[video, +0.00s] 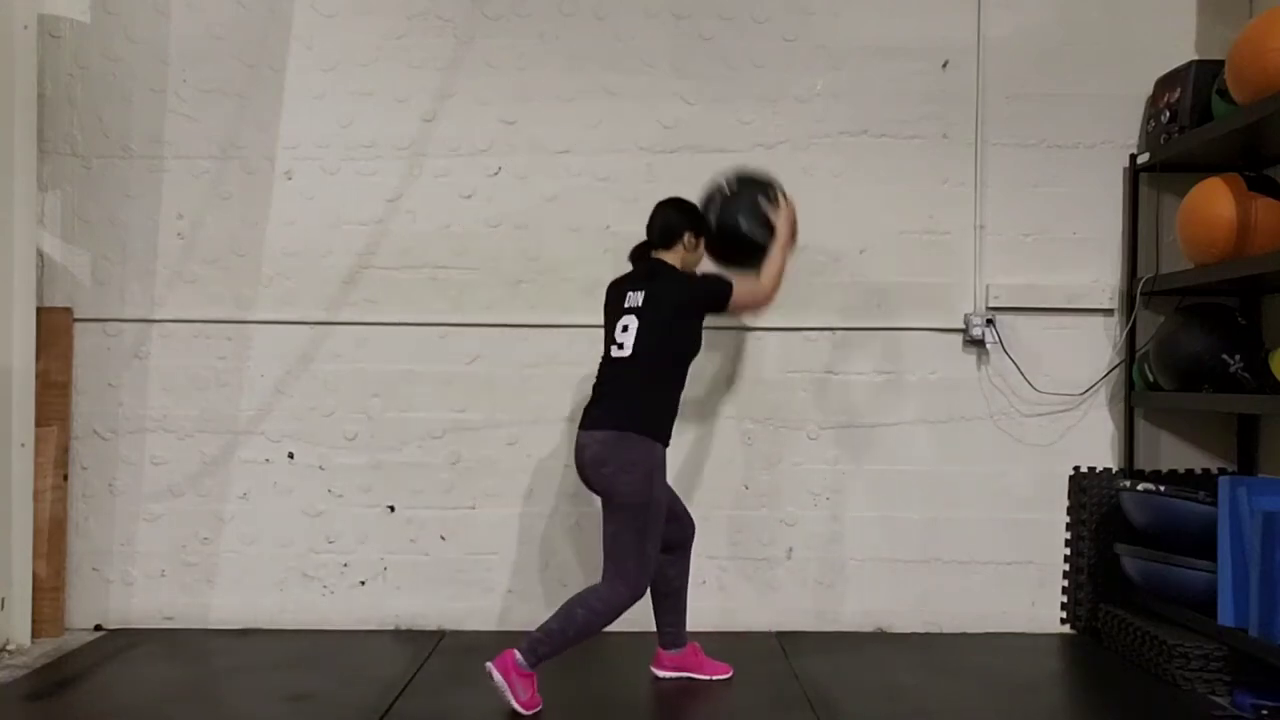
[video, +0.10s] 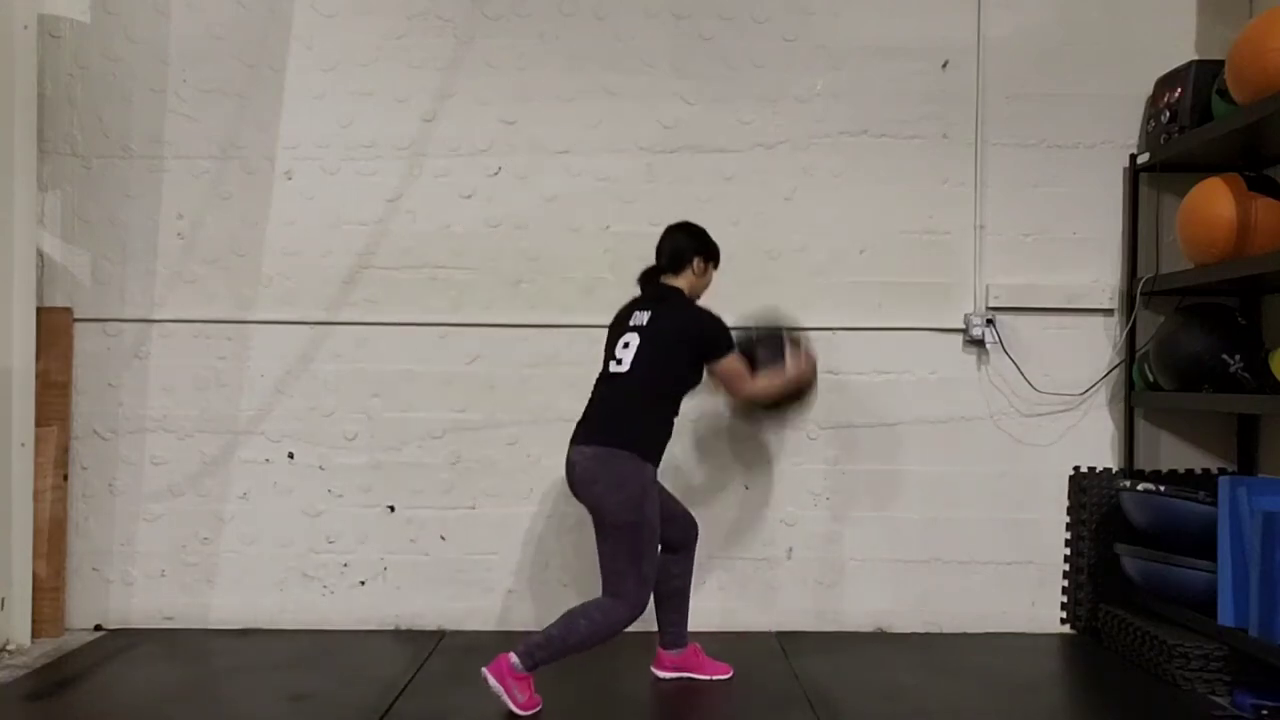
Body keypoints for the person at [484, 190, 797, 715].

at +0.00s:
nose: (702, 254)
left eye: (701, 245)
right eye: (700, 245)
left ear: (653, 239)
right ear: (687, 242)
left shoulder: (620, 286)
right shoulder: (685, 287)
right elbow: (759, 294)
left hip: (595, 446)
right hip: (632, 451)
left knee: (678, 532)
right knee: (626, 582)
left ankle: (673, 650)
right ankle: (522, 660)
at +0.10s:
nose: (709, 281)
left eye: (710, 271)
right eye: (709, 271)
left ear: (662, 263)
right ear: (696, 267)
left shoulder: (630, 312)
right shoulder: (697, 323)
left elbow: (665, 369)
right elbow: (746, 388)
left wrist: (726, 360)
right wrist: (795, 372)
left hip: (589, 460)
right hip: (620, 468)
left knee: (681, 531)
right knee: (626, 601)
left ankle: (674, 651)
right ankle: (516, 663)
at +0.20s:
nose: (715, 302)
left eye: (717, 293)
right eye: (716, 293)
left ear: (668, 287)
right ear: (703, 290)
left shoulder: (640, 336)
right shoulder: (703, 349)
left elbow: (625, 410)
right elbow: (729, 438)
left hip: (586, 475)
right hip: (613, 484)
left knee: (684, 533)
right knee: (622, 618)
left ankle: (675, 650)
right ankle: (510, 668)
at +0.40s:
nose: (730, 318)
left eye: (732, 310)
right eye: (730, 309)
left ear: (681, 303)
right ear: (718, 306)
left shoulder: (651, 349)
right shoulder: (713, 366)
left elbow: (636, 428)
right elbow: (726, 458)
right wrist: (749, 522)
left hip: (589, 480)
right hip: (616, 490)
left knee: (691, 534)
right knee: (625, 625)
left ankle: (676, 651)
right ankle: (510, 668)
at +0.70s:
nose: (727, 298)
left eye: (728, 289)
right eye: (728, 289)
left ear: (679, 284)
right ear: (716, 288)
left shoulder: (651, 333)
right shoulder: (720, 344)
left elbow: (664, 408)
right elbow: (721, 431)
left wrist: (718, 436)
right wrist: (746, 452)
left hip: (603, 461)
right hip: (635, 469)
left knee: (695, 534)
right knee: (632, 605)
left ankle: (675, 650)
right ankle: (522, 663)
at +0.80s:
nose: (720, 277)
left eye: (720, 269)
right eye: (719, 268)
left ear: (674, 268)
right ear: (703, 268)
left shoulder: (647, 318)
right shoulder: (710, 323)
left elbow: (670, 393)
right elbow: (729, 408)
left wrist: (732, 400)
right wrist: (760, 407)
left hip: (608, 451)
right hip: (635, 457)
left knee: (693, 533)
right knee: (634, 589)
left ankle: (674, 651)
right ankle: (524, 661)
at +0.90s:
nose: (706, 255)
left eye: (705, 247)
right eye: (705, 246)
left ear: (660, 247)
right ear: (689, 246)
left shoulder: (644, 297)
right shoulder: (694, 299)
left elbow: (677, 372)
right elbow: (740, 370)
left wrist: (725, 339)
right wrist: (773, 348)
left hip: (616, 440)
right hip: (637, 444)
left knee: (693, 535)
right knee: (632, 575)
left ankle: (672, 650)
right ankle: (529, 656)